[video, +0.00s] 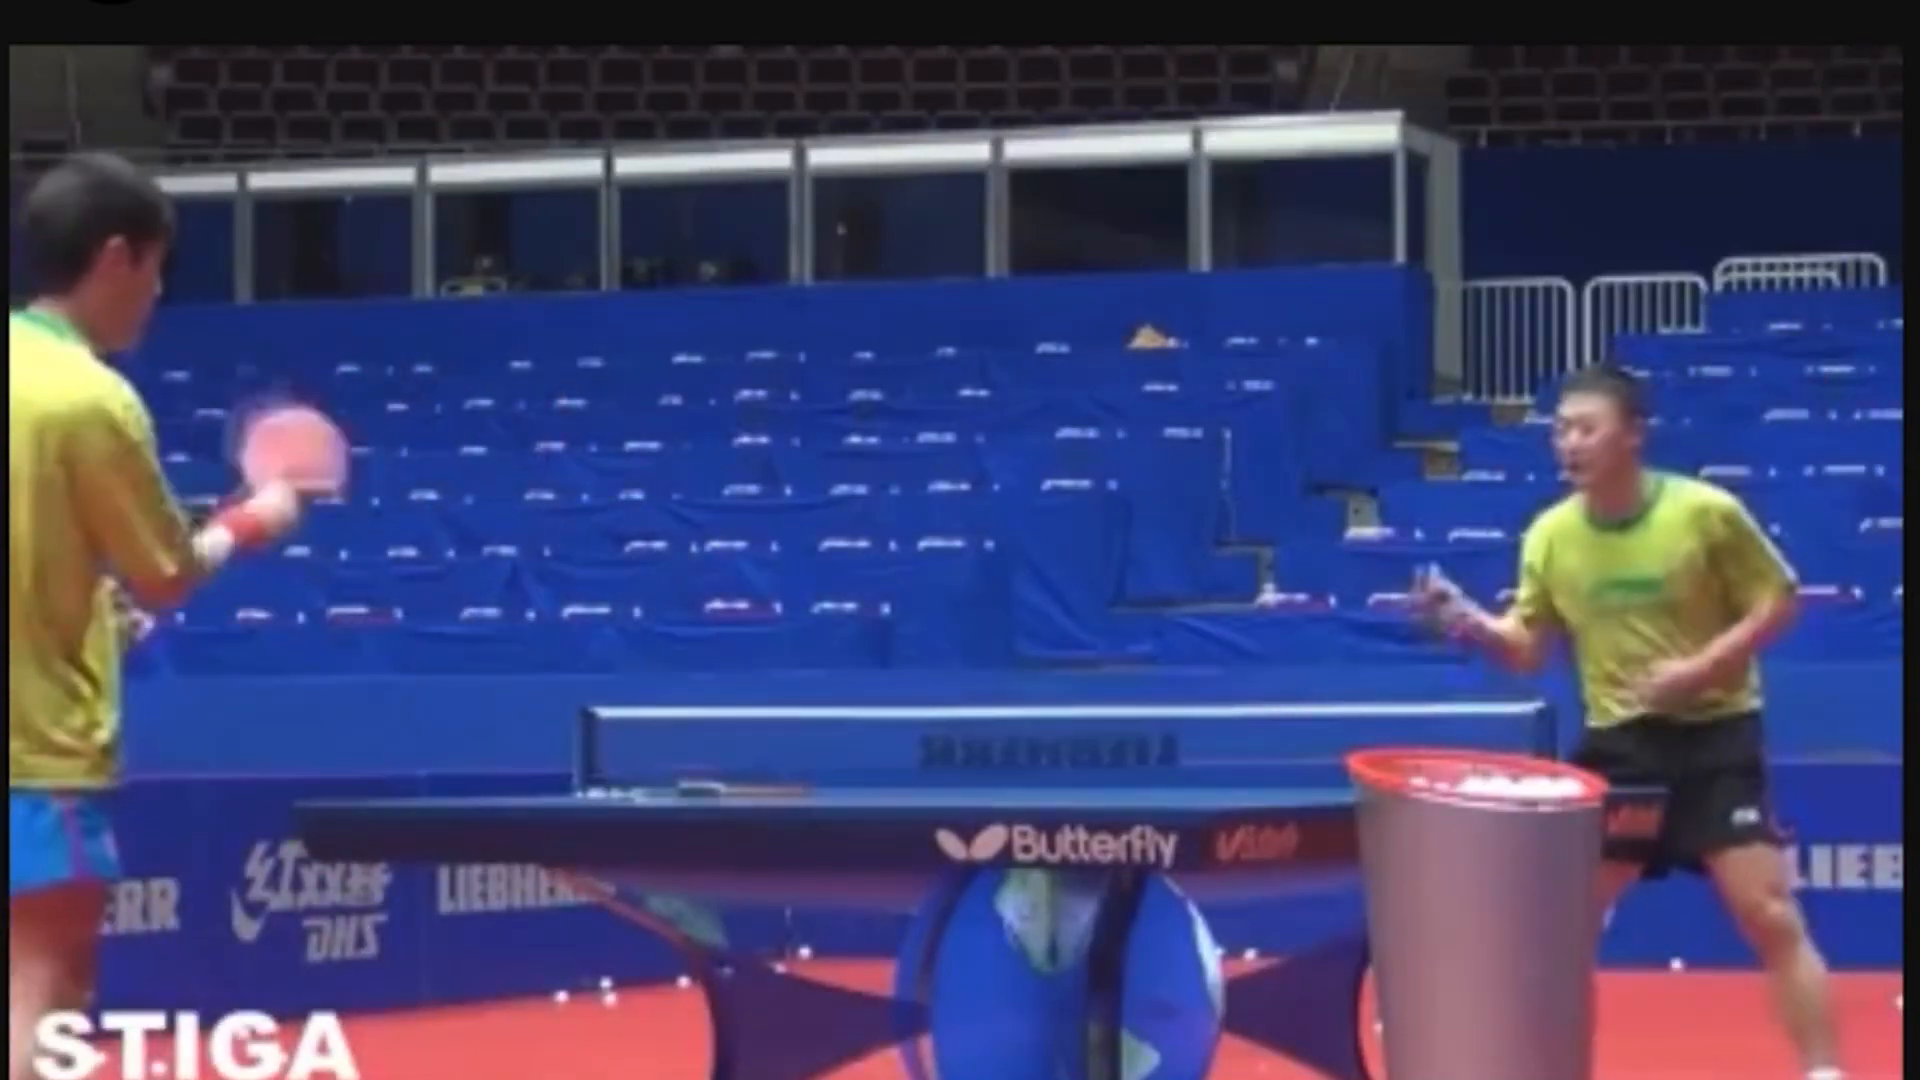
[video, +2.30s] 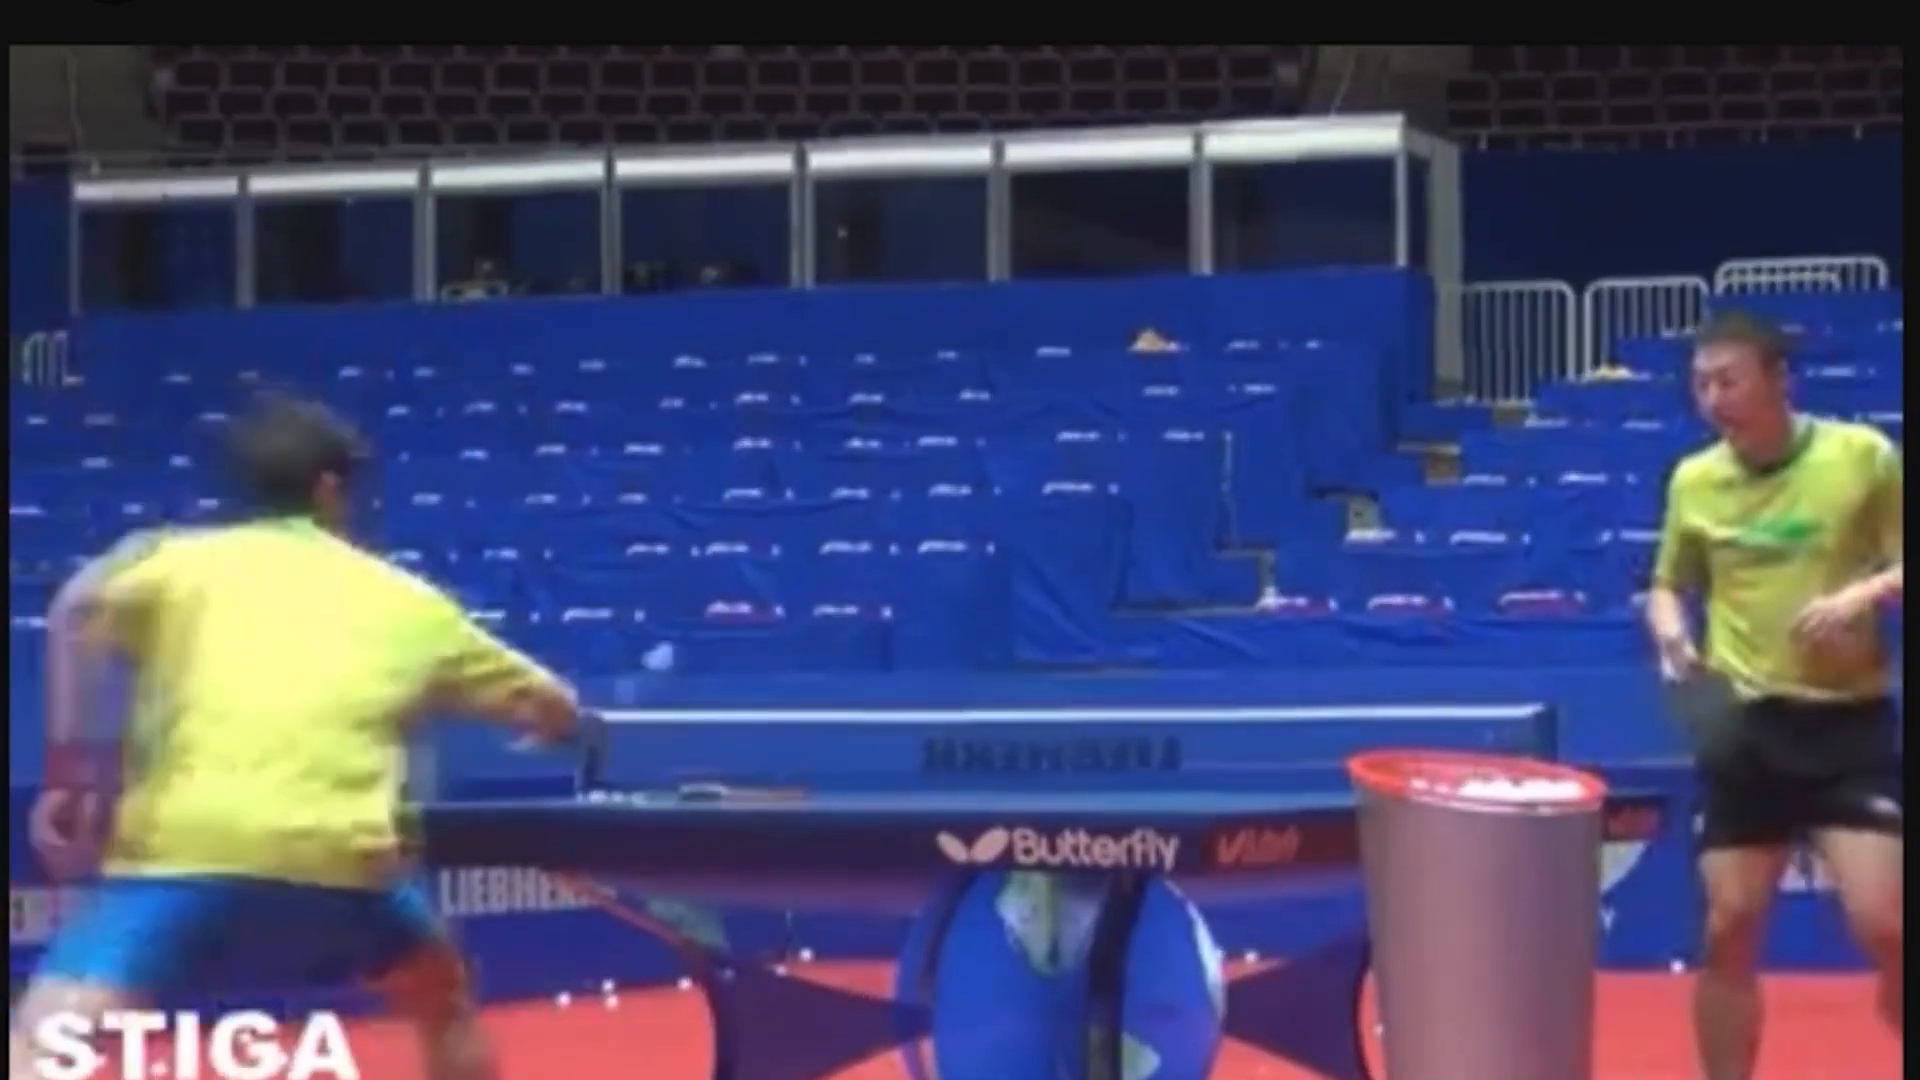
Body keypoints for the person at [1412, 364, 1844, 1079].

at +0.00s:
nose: (1568, 444)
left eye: (1585, 428)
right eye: (1560, 429)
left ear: (1633, 433)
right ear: (1555, 440)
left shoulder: (1706, 514)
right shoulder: (1548, 534)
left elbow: (1779, 598)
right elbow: (1526, 649)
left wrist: (1704, 666)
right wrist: (1469, 620)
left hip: (1714, 740)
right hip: (1615, 747)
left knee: (1770, 917)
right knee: (1562, 923)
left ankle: (1824, 1068)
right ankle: (1542, 1069)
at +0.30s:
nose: (1591, 478)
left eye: (1608, 460)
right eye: (1581, 463)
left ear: (1652, 459)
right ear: (1572, 467)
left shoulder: (1715, 536)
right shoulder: (1575, 544)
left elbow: (1820, 607)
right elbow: (1561, 640)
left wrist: (1749, 700)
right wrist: (1539, 666)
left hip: (1736, 750)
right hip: (1640, 751)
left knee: (1780, 919)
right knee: (1573, 918)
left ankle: (1820, 1070)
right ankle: (1561, 1067)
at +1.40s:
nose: (1654, 485)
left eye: (1665, 464)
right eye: (1638, 471)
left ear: (1702, 455)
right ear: (1625, 478)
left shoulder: (1781, 505)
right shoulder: (1627, 546)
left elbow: (1870, 566)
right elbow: (1650, 645)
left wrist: (1812, 637)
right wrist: (1642, 654)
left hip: (1806, 748)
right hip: (1709, 757)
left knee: (1813, 918)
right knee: (1660, 937)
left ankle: (1852, 1071)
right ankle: (1621, 1066)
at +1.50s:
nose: (1693, 456)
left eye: (1705, 436)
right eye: (1679, 441)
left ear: (1742, 425)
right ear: (1668, 444)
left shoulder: (1805, 470)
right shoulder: (1669, 516)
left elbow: (1876, 546)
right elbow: (1700, 586)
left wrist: (1845, 608)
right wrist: (1726, 649)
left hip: (1826, 715)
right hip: (1731, 720)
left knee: (1831, 913)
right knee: (1699, 923)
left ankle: (1857, 1068)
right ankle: (1676, 1062)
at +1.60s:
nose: (1730, 428)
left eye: (1744, 409)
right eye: (1714, 414)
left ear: (1780, 402)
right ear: (1701, 420)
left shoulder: (1833, 456)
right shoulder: (1700, 496)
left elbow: (1887, 527)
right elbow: (1761, 571)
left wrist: (1892, 581)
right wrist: (1824, 611)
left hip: (1831, 709)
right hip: (1735, 715)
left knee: (1837, 914)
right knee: (1738, 912)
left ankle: (1859, 1071)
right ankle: (1761, 1051)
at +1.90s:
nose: (1749, 410)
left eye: (1766, 390)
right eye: (1737, 393)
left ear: (1810, 390)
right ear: (1726, 398)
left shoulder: (1872, 466)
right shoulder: (1709, 484)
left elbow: (1897, 565)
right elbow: (1685, 609)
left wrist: (1879, 634)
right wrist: (1770, 655)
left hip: (1849, 712)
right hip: (1746, 716)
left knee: (1847, 929)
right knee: (1743, 921)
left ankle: (1860, 1072)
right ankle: (1737, 1072)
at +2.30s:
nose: (1712, 399)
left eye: (1727, 380)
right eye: (1703, 383)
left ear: (1778, 379)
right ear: (1699, 392)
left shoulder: (1863, 458)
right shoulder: (1694, 481)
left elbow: (1902, 565)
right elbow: (1667, 583)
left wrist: (1860, 598)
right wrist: (1672, 632)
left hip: (1851, 720)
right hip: (1745, 717)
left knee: (1883, 918)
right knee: (1729, 922)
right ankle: (1725, 1073)